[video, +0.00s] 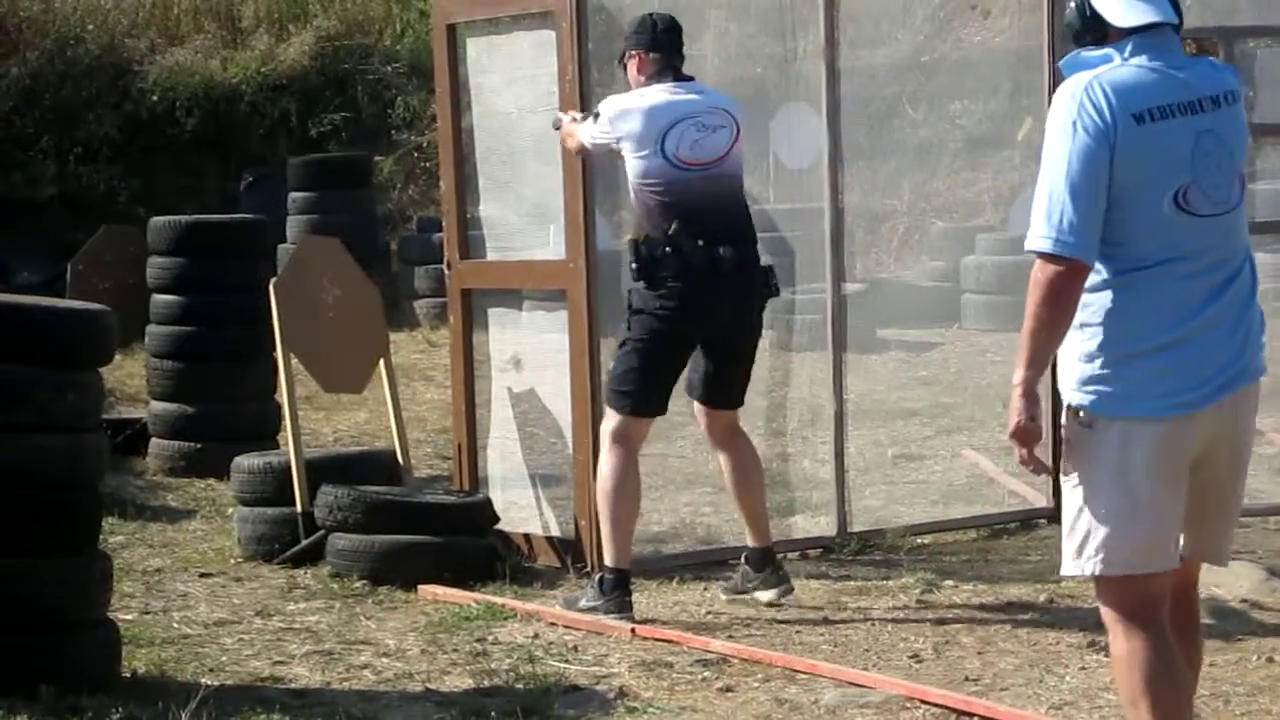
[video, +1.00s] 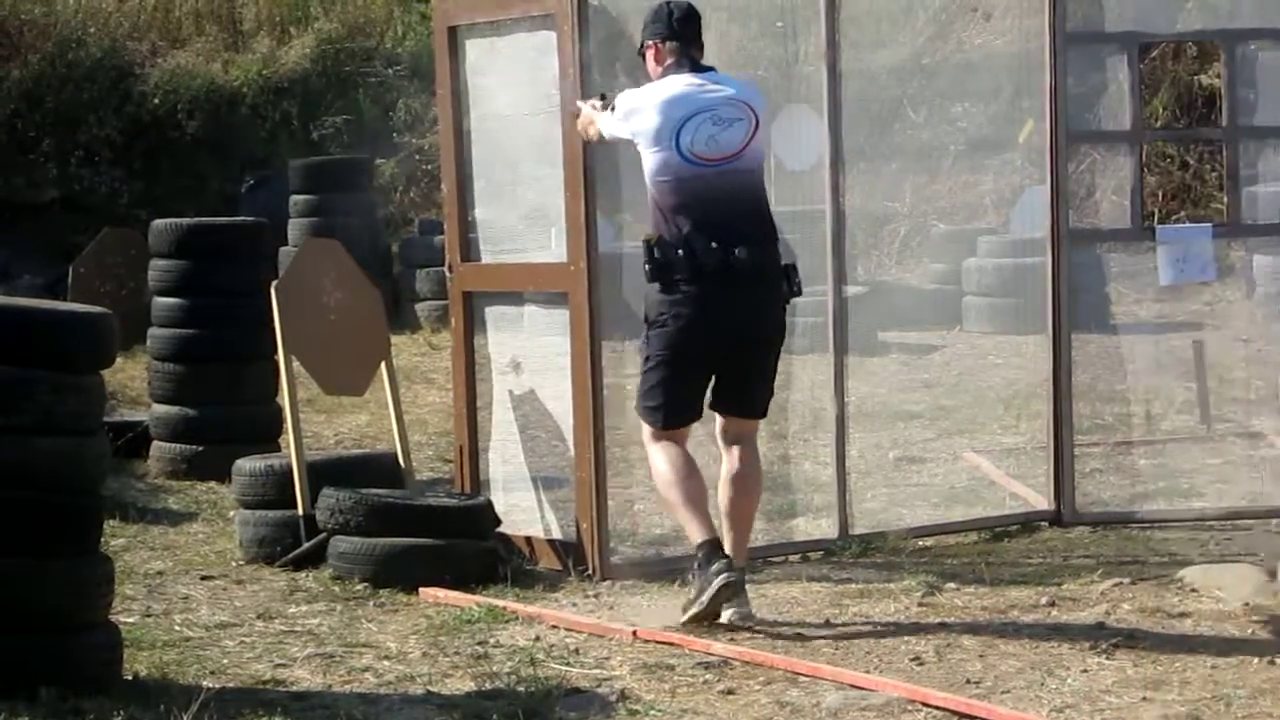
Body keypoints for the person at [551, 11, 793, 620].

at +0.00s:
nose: (625, 72)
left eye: (625, 64)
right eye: (626, 65)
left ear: (638, 62)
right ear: (681, 59)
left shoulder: (631, 109)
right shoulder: (723, 104)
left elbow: (579, 140)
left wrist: (570, 125)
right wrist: (599, 125)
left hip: (670, 287)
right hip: (742, 284)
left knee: (620, 437)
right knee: (723, 421)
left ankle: (613, 586)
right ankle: (763, 561)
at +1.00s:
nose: (645, 63)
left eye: (645, 55)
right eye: (646, 56)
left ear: (656, 53)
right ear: (701, 47)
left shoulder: (649, 104)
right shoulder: (752, 93)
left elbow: (592, 125)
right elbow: (708, 102)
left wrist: (590, 110)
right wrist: (675, 77)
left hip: (688, 296)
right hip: (761, 292)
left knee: (664, 435)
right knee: (740, 434)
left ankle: (710, 560)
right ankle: (733, 584)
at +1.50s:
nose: (709, 50)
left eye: (710, 40)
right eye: (712, 40)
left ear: (721, 38)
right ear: (765, 36)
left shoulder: (708, 89)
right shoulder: (815, 87)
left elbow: (652, 137)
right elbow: (753, 125)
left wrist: (640, 123)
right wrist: (687, 123)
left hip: (736, 286)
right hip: (814, 282)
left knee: (723, 444)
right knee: (804, 427)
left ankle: (739, 601)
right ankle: (826, 566)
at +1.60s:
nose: (750, 40)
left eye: (749, 32)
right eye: (777, 31)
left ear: (751, 35)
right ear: (804, 36)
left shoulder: (722, 88)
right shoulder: (832, 87)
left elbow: (666, 155)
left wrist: (673, 120)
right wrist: (711, 111)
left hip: (749, 289)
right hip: (829, 288)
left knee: (728, 443)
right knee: (846, 436)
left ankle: (740, 599)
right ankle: (858, 571)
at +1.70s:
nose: (855, 61)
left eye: (855, 52)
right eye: (852, 50)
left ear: (794, 41)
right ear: (830, 42)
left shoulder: (739, 101)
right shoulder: (863, 107)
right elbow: (858, 185)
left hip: (763, 296)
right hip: (845, 296)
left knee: (731, 441)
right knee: (889, 442)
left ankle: (743, 598)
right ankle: (888, 576)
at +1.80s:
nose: (881, 89)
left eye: (883, 77)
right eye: (877, 76)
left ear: (828, 67)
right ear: (843, 65)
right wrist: (886, 188)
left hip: (757, 326)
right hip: (841, 328)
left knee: (726, 452)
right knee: (925, 463)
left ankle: (720, 605)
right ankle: (890, 588)